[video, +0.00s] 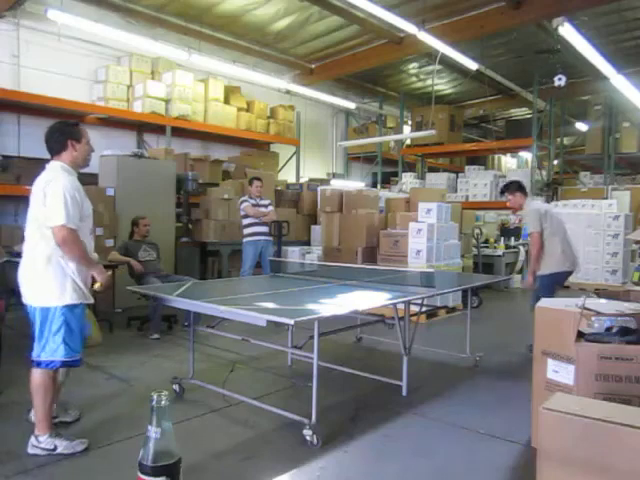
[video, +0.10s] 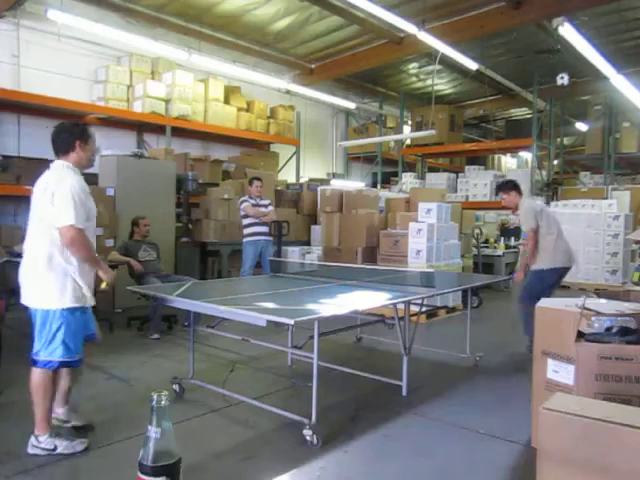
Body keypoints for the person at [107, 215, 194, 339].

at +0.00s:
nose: (148, 229)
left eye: (148, 226)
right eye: (145, 226)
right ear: (135, 229)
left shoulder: (153, 245)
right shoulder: (128, 245)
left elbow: (157, 263)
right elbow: (111, 256)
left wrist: (162, 272)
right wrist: (131, 261)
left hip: (160, 275)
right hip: (145, 276)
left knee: (193, 283)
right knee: (159, 292)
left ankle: (190, 322)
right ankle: (153, 330)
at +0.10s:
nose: (148, 229)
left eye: (149, 226)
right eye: (145, 226)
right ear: (136, 229)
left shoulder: (154, 245)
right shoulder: (128, 245)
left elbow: (157, 263)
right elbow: (111, 256)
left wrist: (163, 272)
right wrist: (130, 261)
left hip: (160, 275)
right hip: (145, 276)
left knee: (193, 283)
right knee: (160, 293)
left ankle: (190, 322)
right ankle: (153, 330)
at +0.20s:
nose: (148, 229)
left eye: (149, 226)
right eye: (145, 226)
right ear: (135, 228)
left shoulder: (153, 245)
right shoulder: (128, 244)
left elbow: (157, 263)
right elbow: (111, 256)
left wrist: (162, 272)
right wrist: (130, 261)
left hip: (161, 275)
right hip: (145, 276)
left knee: (193, 283)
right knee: (160, 293)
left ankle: (190, 322)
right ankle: (154, 330)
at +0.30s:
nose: (148, 229)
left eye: (149, 226)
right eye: (145, 226)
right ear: (135, 228)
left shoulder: (153, 245)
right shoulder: (128, 244)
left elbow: (157, 263)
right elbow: (113, 255)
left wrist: (161, 272)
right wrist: (130, 261)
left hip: (160, 275)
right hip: (144, 276)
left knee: (192, 283)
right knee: (160, 293)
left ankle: (190, 322)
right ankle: (154, 330)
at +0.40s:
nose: (148, 228)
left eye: (149, 226)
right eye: (145, 226)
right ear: (135, 228)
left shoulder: (154, 245)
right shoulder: (127, 245)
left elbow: (157, 263)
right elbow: (118, 259)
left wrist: (161, 271)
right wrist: (130, 262)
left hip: (160, 275)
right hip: (144, 276)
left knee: (192, 283)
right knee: (159, 292)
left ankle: (189, 321)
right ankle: (154, 330)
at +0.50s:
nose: (148, 229)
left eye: (149, 226)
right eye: (145, 226)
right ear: (136, 229)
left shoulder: (153, 245)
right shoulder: (129, 245)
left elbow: (157, 263)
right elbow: (123, 261)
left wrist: (162, 271)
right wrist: (133, 266)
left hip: (160, 274)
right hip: (144, 275)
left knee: (192, 283)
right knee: (158, 291)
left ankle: (190, 321)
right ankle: (154, 330)